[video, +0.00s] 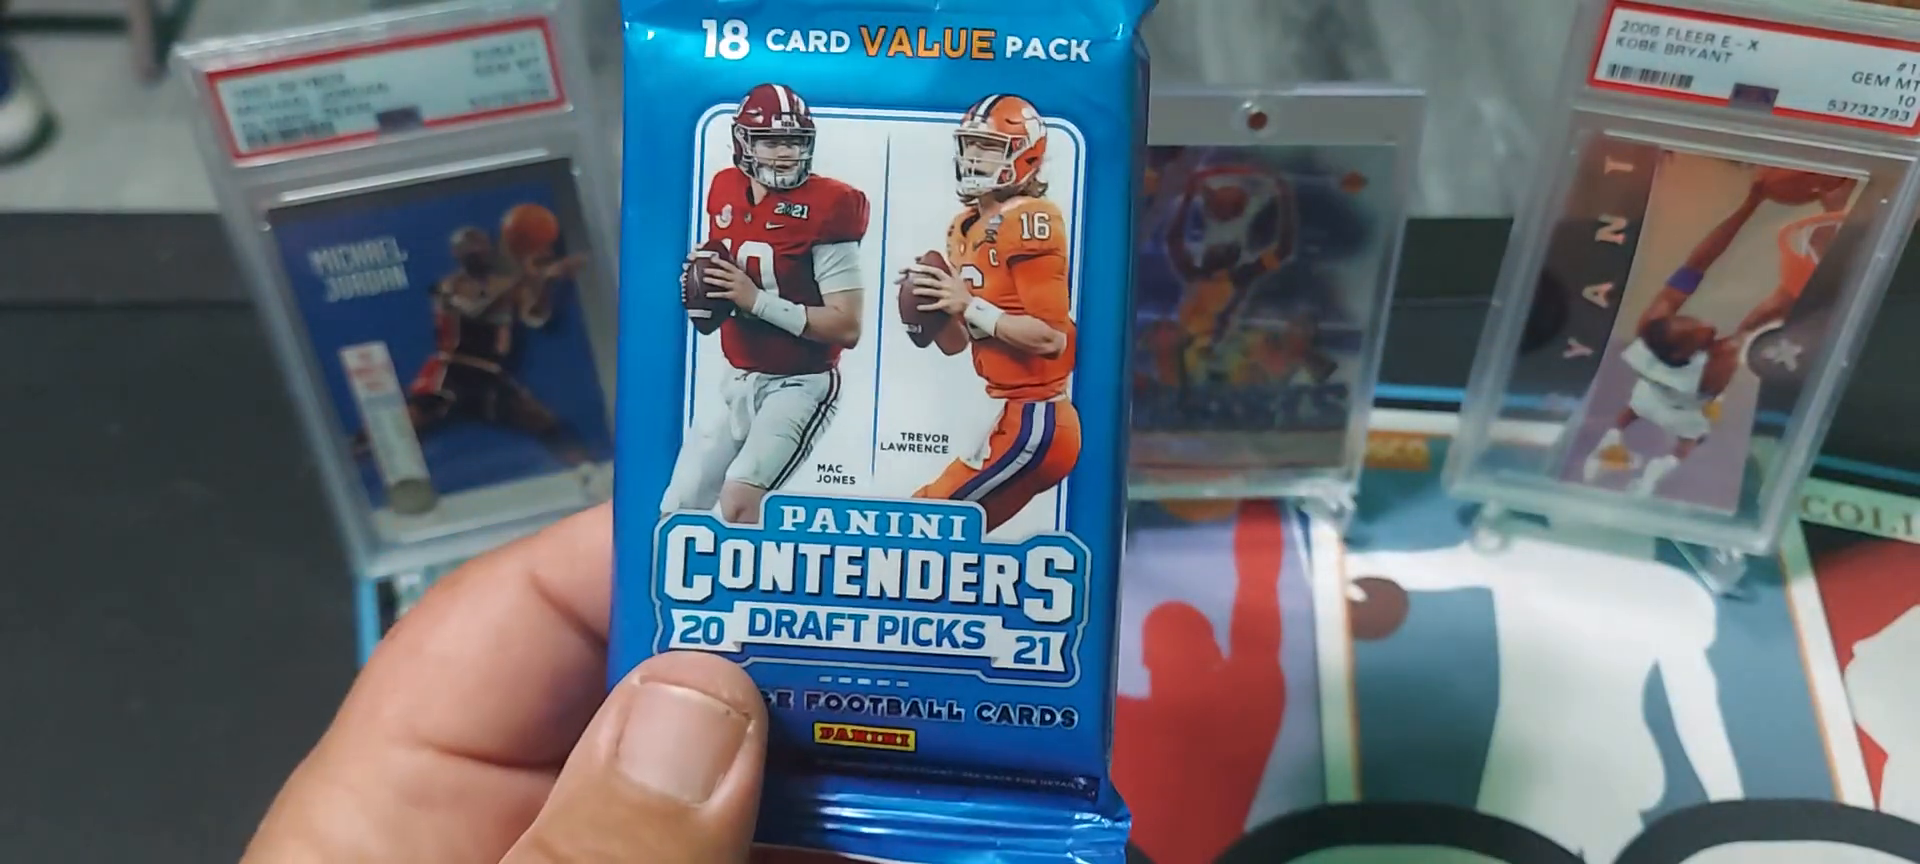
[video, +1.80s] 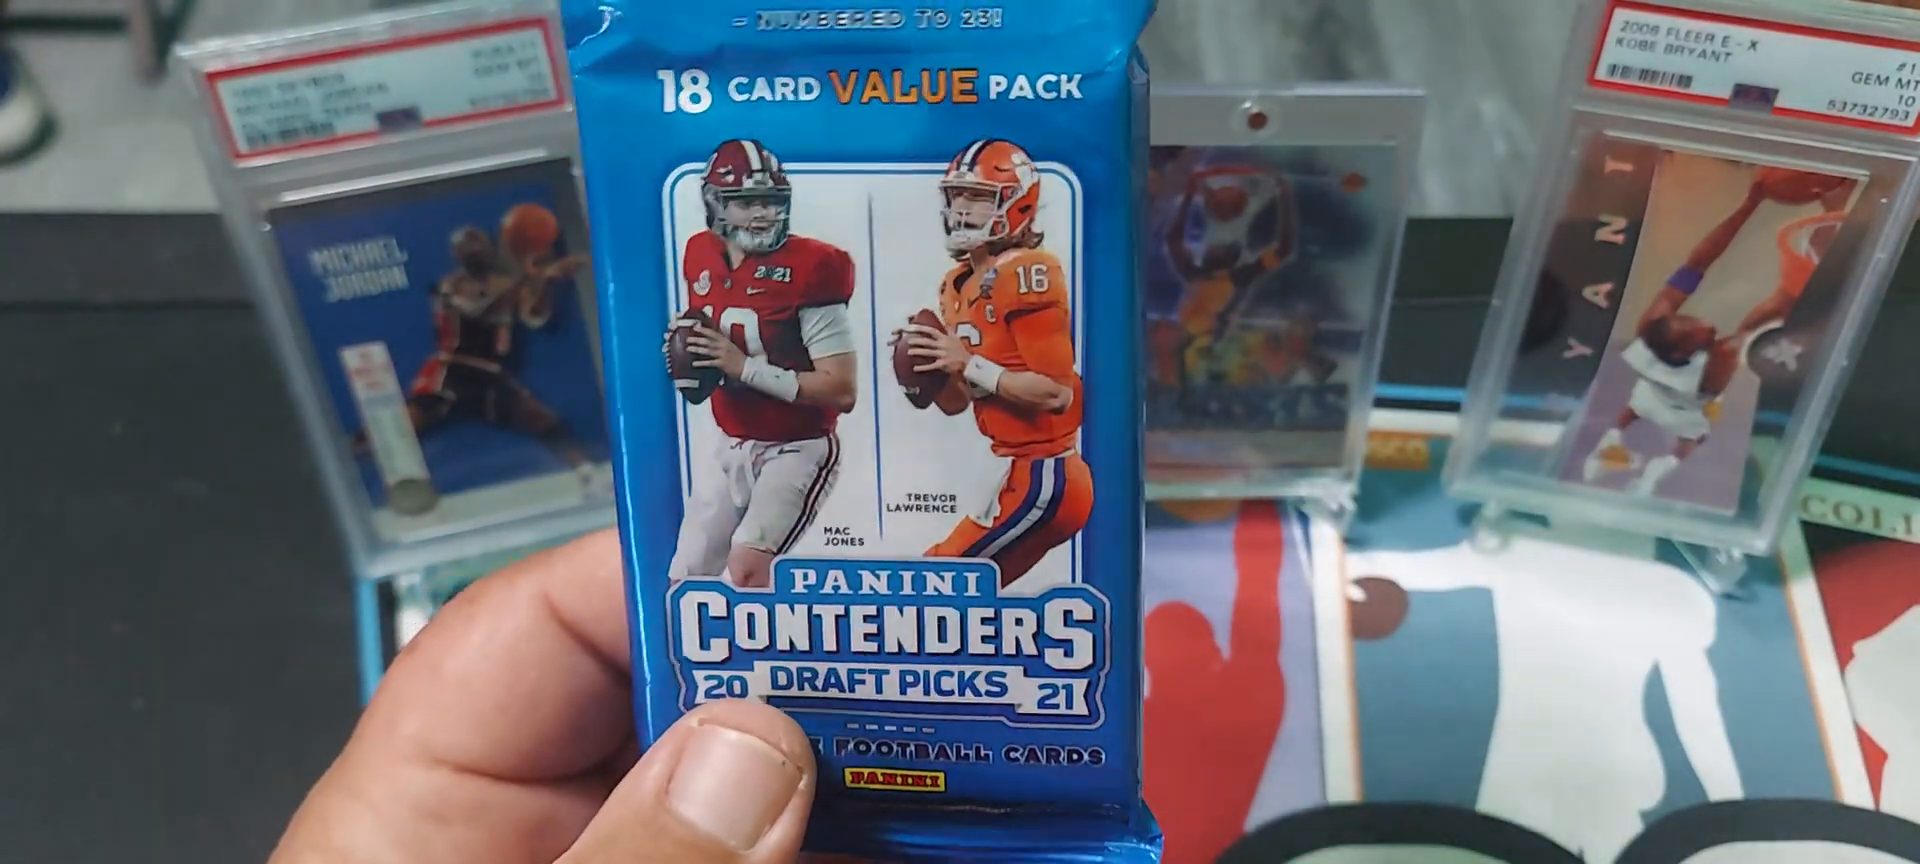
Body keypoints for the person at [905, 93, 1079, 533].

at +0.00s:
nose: (973, 158)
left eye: (988, 148)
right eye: (969, 145)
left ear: (1023, 157)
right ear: (959, 148)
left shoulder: (1032, 219)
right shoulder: (963, 226)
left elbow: (1049, 337)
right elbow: (954, 343)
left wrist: (967, 304)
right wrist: (929, 307)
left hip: (1037, 420)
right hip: (1012, 417)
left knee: (919, 526)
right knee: (932, 536)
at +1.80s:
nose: (961, 212)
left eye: (977, 199)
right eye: (956, 198)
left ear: (1014, 204)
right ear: (946, 202)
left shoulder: (1028, 273)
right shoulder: (956, 284)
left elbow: (1055, 390)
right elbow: (953, 402)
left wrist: (966, 363)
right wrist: (926, 360)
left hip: (1045, 478)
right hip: (1017, 473)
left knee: (930, 587)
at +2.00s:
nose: (927, 260)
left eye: (944, 248)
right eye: (921, 247)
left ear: (984, 252)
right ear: (912, 251)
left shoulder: (1002, 318)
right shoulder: (928, 331)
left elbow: (1035, 433)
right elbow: (934, 444)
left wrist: (942, 407)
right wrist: (900, 411)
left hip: (1031, 517)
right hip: (1003, 513)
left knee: (917, 620)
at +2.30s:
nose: (949, 289)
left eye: (965, 277)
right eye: (944, 275)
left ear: (1004, 281)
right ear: (934, 279)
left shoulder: (1019, 347)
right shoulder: (948, 359)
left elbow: (1052, 462)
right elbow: (952, 472)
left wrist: (961, 435)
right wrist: (918, 436)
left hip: (1048, 543)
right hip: (1019, 539)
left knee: (934, 647)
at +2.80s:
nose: (1017, 335)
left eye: (1032, 324)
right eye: (1013, 323)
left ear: (1067, 330)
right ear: (1003, 326)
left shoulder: (1081, 394)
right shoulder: (1010, 403)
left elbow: (1104, 504)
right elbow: (1007, 510)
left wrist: (1018, 475)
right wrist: (979, 473)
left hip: (1097, 583)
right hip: (1071, 579)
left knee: (987, 679)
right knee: (993, 683)